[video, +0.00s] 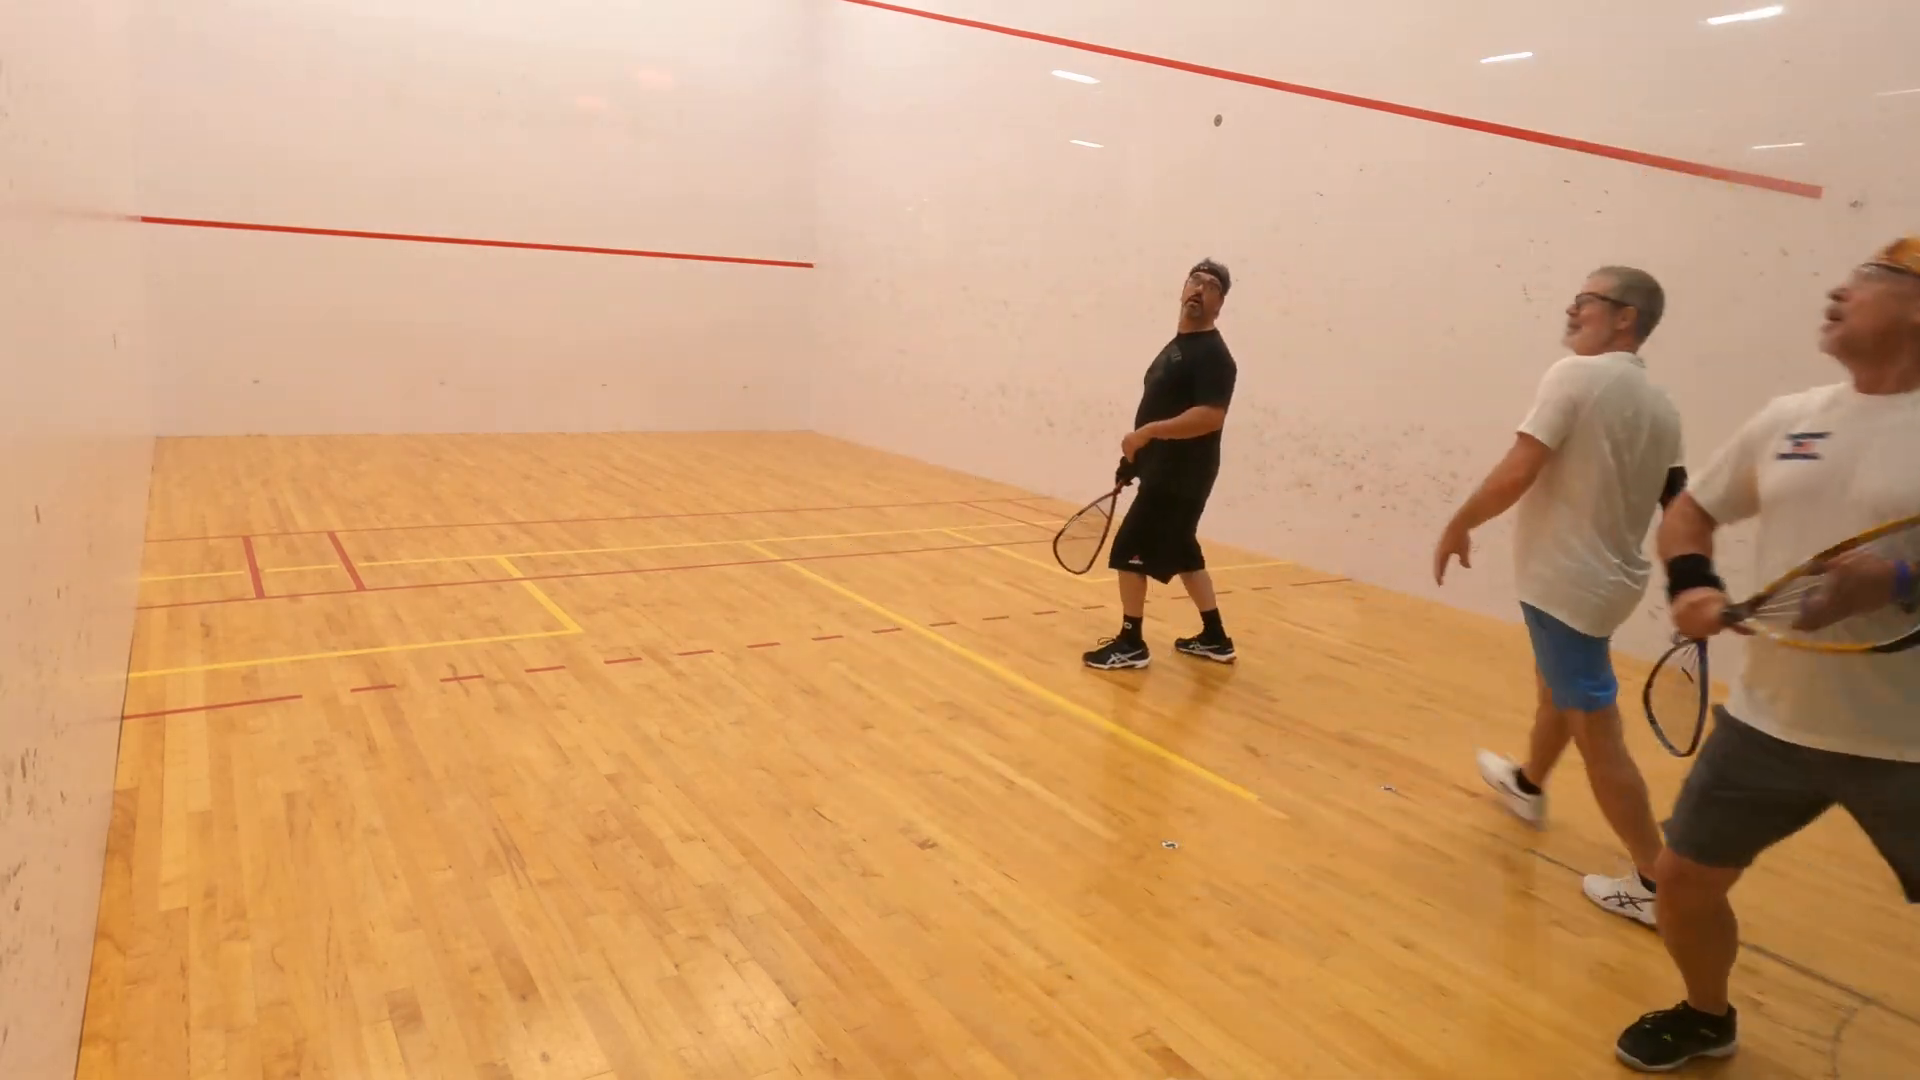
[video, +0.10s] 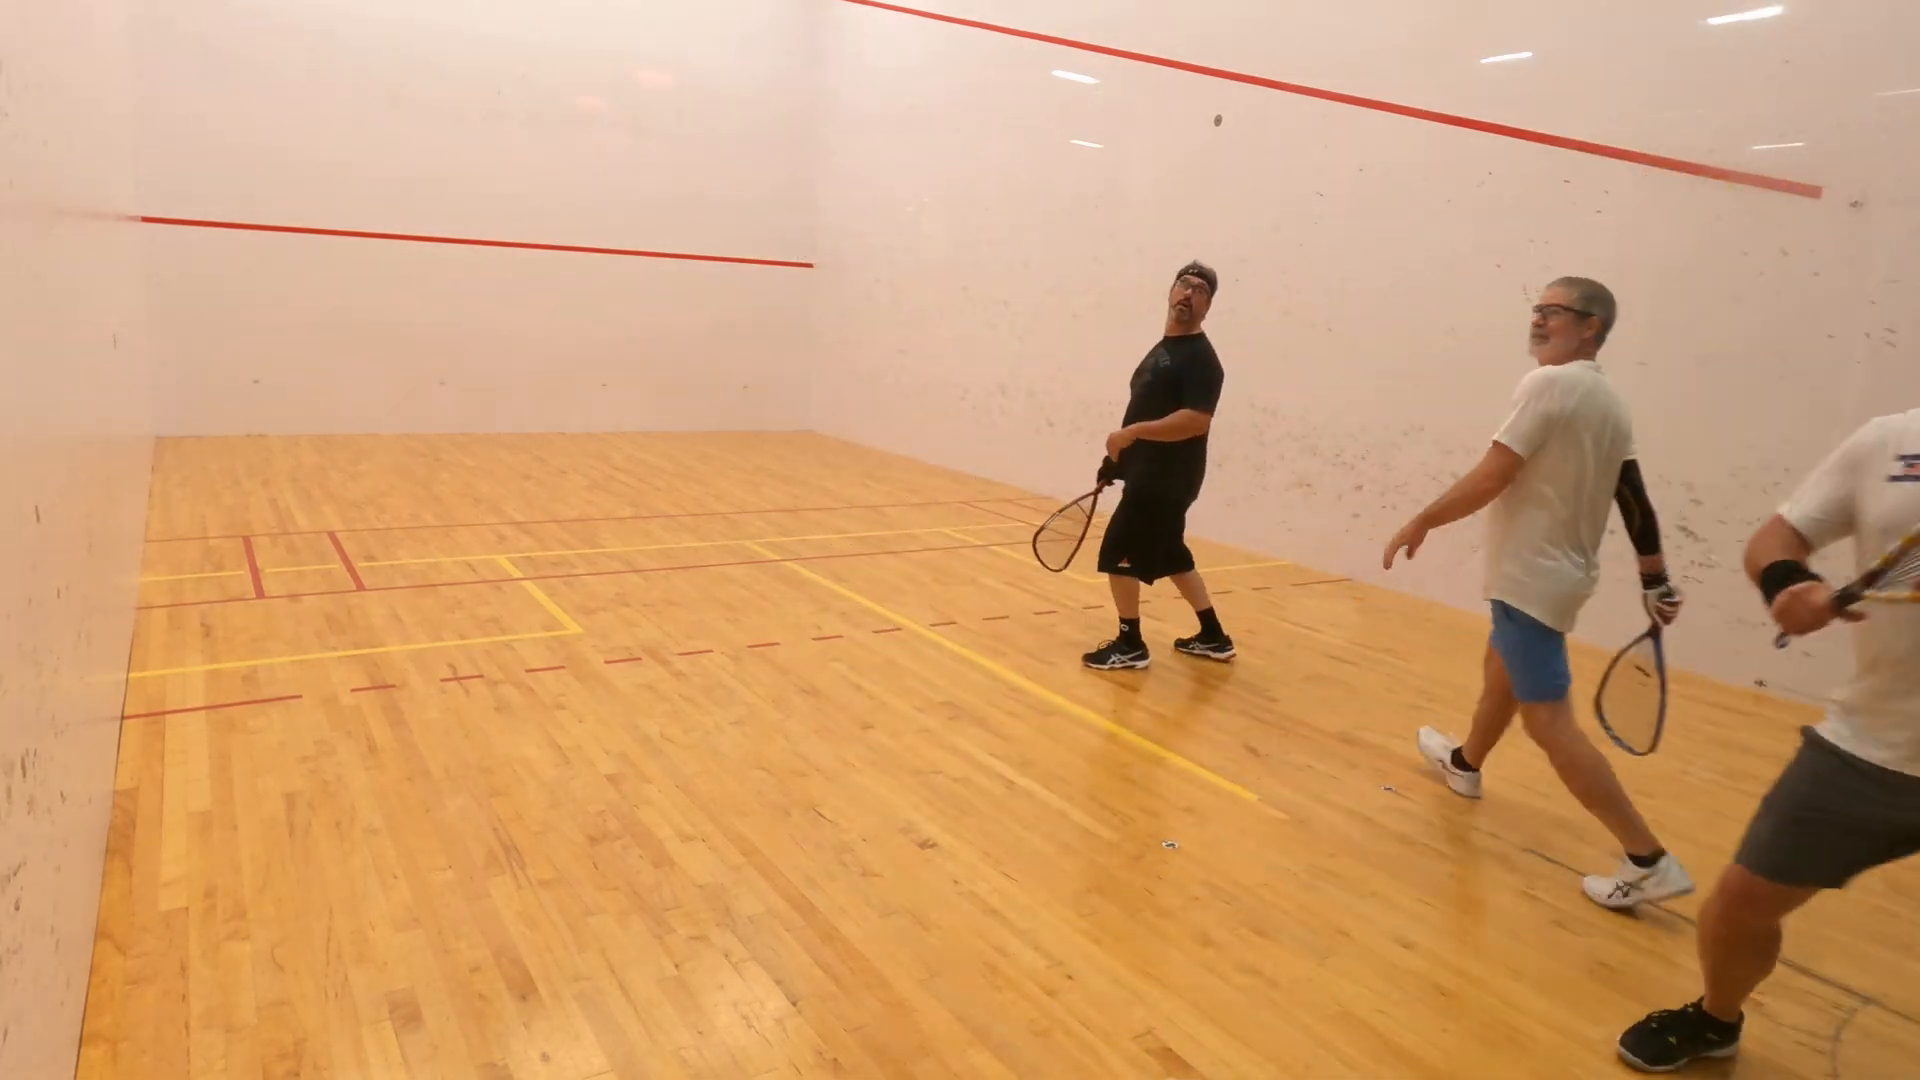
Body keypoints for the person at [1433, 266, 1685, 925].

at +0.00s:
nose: (1571, 312)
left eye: (1587, 302)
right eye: (1575, 300)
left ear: (1626, 318)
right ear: (1630, 321)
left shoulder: (1575, 377)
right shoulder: (1661, 404)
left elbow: (1518, 471)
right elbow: (1677, 506)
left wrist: (1460, 523)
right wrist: (1694, 587)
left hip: (1559, 583)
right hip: (1617, 585)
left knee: (1600, 737)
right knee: (1557, 686)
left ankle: (1655, 881)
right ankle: (1529, 784)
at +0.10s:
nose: (1534, 323)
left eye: (1548, 314)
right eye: (1536, 312)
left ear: (1590, 328)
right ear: (1588, 331)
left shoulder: (1547, 387)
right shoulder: (1610, 403)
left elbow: (1491, 477)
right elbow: (1633, 499)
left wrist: (1424, 521)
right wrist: (1656, 575)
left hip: (1527, 583)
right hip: (1566, 583)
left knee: (1554, 729)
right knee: (1502, 664)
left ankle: (1651, 861)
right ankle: (1465, 763)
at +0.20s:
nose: (1504, 324)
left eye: (1518, 315)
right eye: (1505, 314)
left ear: (1556, 328)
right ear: (1550, 331)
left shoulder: (1522, 384)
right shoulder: (1562, 391)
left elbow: (1475, 474)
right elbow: (1579, 487)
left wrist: (1402, 522)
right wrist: (1583, 560)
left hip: (1490, 564)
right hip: (1521, 562)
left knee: (1456, 696)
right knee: (1466, 660)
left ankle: (1586, 789)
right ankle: (1455, 759)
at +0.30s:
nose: (1476, 310)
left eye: (1489, 303)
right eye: (1475, 302)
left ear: (1525, 315)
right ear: (1522, 321)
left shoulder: (1495, 367)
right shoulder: (1529, 375)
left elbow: (1452, 458)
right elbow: (1531, 480)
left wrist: (1397, 506)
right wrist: (1499, 534)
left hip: (1457, 544)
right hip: (1493, 544)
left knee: (1389, 657)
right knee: (1449, 644)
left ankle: (1498, 753)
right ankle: (1458, 757)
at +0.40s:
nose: (1446, 302)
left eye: (1458, 295)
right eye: (1446, 293)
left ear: (1493, 306)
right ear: (1488, 310)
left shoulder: (1463, 356)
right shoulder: (1494, 362)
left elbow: (1426, 440)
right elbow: (1457, 454)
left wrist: (1375, 492)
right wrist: (1402, 504)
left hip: (1425, 532)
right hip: (1465, 534)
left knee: (1346, 630)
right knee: (1446, 641)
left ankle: (1389, 741)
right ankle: (1457, 758)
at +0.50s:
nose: (1407, 307)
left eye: (1418, 299)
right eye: (1408, 298)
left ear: (1453, 309)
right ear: (1453, 312)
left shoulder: (1417, 356)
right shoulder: (1466, 371)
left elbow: (1380, 440)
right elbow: (1434, 460)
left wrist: (1335, 496)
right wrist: (1364, 508)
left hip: (1391, 530)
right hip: (1436, 534)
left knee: (1311, 622)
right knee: (1428, 639)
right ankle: (1457, 756)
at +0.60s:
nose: (1362, 317)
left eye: (1373, 308)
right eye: (1365, 308)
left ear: (1405, 318)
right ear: (1408, 321)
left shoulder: (1362, 366)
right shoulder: (1431, 386)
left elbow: (1323, 451)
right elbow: (1402, 474)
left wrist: (1291, 506)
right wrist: (1333, 517)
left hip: (1350, 538)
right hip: (1403, 544)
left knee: (1267, 616)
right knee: (1412, 643)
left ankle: (1219, 711)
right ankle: (1455, 754)